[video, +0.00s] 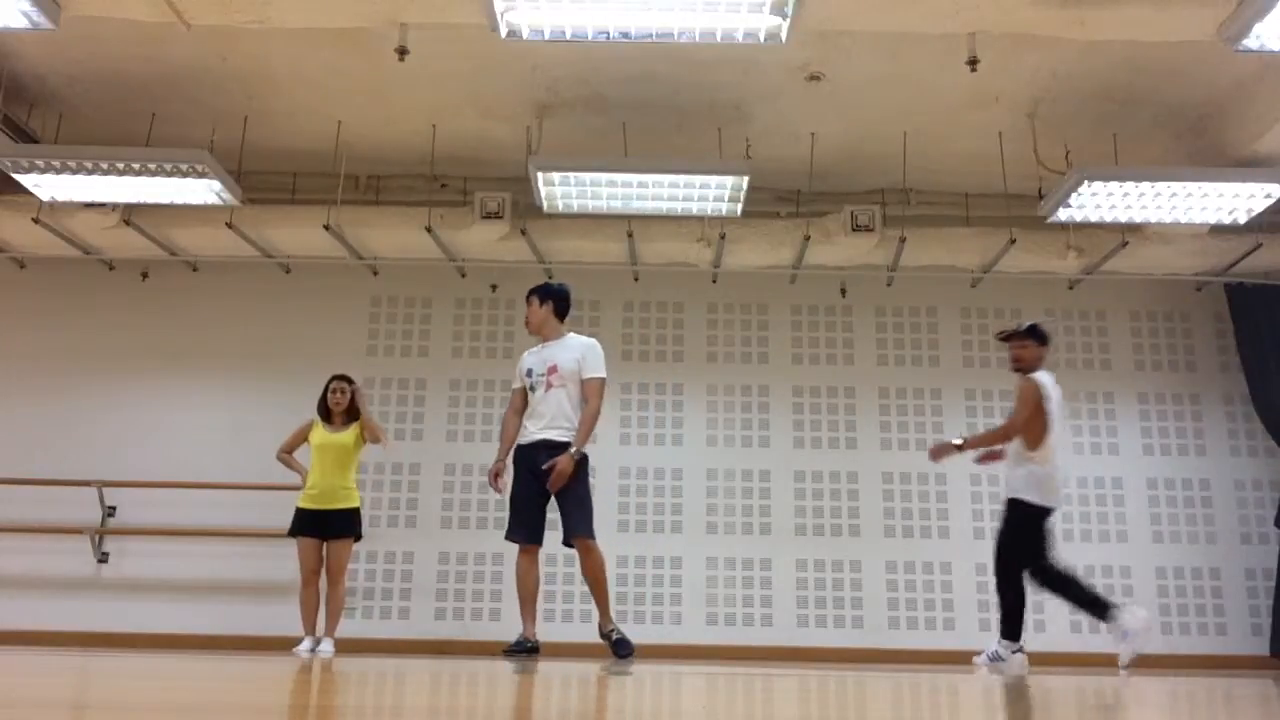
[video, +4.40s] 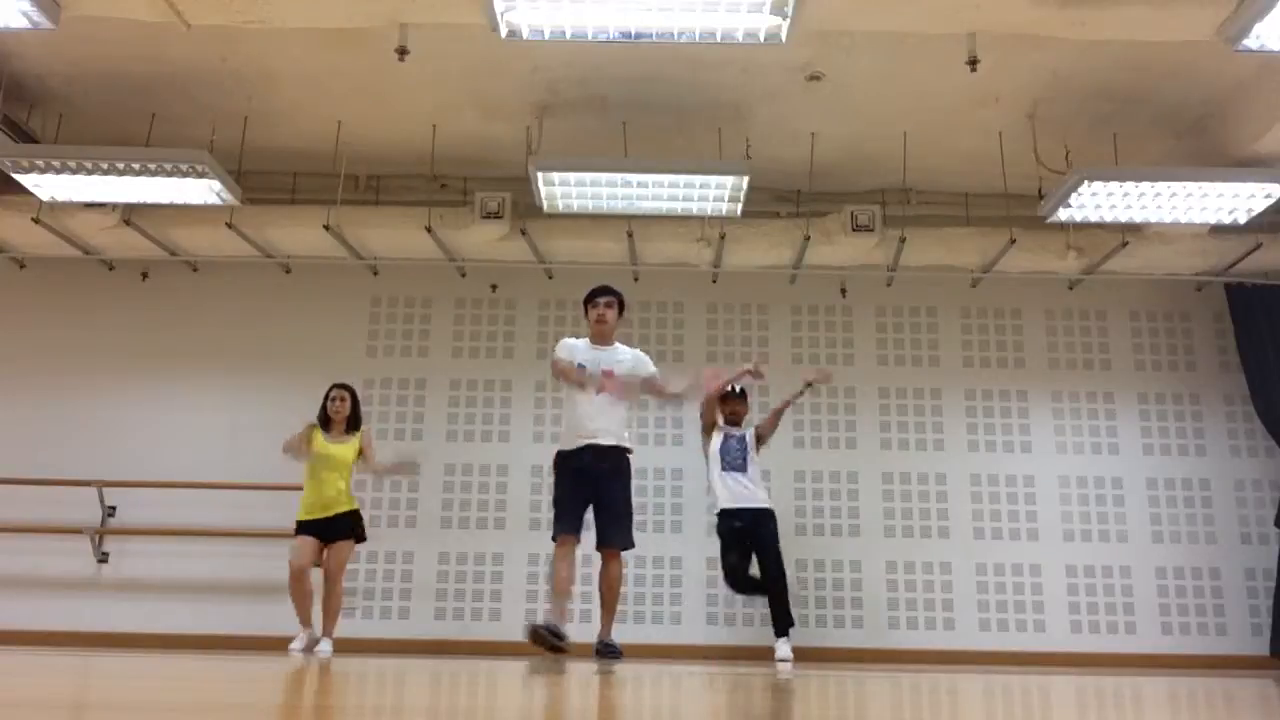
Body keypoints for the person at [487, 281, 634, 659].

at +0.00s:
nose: (525, 315)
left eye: (529, 306)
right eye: (526, 307)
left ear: (549, 308)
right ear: (543, 310)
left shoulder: (586, 347)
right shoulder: (528, 358)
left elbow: (593, 405)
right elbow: (515, 411)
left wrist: (572, 454)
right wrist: (501, 457)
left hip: (568, 453)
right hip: (527, 455)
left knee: (584, 540)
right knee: (527, 545)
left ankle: (607, 625)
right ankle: (528, 634)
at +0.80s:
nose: (579, 306)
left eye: (586, 301)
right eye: (573, 302)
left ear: (599, 309)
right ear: (565, 312)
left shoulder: (619, 355)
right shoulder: (549, 355)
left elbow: (628, 410)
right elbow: (533, 409)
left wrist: (622, 461)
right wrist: (522, 460)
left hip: (600, 458)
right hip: (555, 457)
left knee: (607, 550)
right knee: (541, 545)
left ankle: (612, 636)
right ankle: (530, 634)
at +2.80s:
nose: (581, 307)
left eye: (588, 301)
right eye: (575, 302)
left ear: (599, 311)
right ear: (563, 311)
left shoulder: (615, 356)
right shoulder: (544, 352)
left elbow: (622, 413)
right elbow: (528, 407)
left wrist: (619, 460)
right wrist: (525, 460)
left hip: (597, 455)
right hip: (552, 455)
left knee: (603, 545)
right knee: (544, 547)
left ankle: (606, 634)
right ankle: (537, 635)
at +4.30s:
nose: (608, 314)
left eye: (614, 309)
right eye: (601, 308)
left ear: (625, 318)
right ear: (591, 316)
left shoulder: (639, 364)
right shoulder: (572, 353)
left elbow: (652, 414)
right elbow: (560, 405)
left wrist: (668, 438)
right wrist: (579, 446)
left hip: (621, 457)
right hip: (579, 454)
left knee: (615, 549)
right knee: (578, 543)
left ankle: (606, 636)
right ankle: (582, 633)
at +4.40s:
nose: (602, 312)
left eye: (608, 307)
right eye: (596, 307)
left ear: (620, 315)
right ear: (586, 314)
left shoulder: (634, 358)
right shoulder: (570, 346)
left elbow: (660, 389)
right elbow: (561, 370)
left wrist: (690, 388)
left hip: (613, 458)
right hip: (572, 456)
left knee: (611, 549)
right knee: (565, 541)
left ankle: (606, 636)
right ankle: (555, 626)